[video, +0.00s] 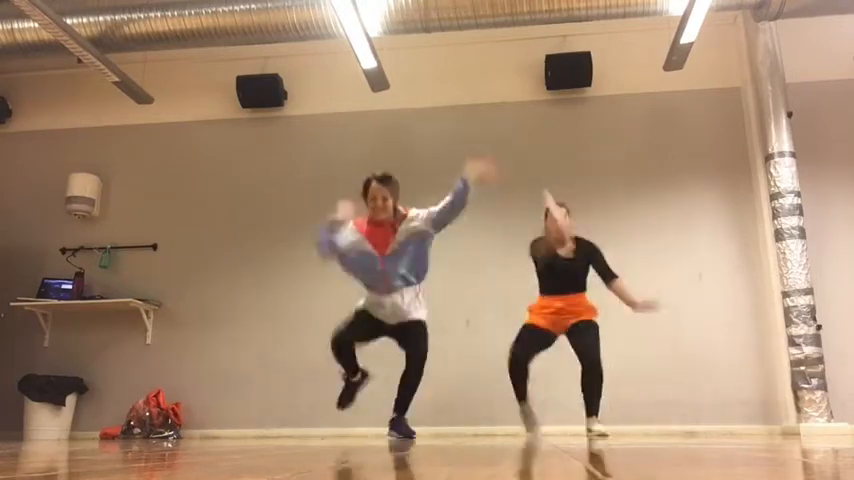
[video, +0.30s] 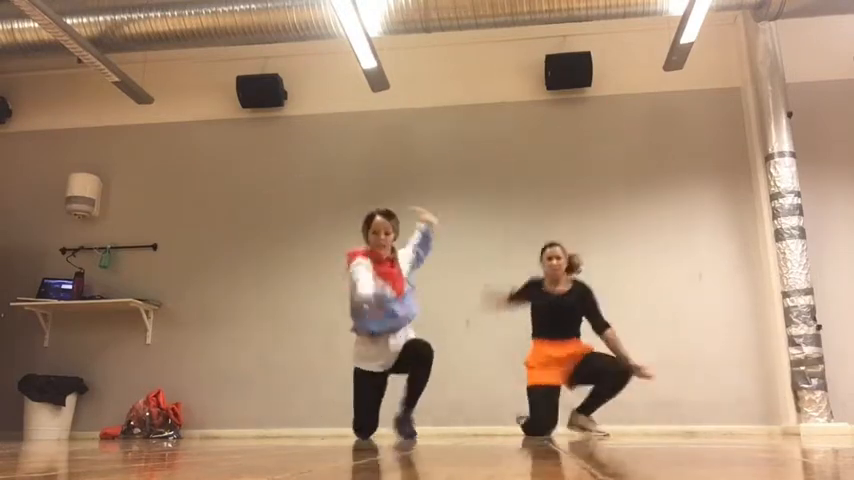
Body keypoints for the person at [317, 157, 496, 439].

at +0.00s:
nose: (378, 204)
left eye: (384, 198)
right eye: (373, 199)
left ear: (395, 200)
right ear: (366, 202)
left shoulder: (416, 224)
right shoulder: (354, 232)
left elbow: (447, 211)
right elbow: (327, 250)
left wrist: (466, 182)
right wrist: (333, 224)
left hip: (408, 309)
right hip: (374, 309)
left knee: (417, 356)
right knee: (340, 341)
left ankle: (399, 418)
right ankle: (354, 376)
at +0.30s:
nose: (381, 239)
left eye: (387, 233)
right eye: (375, 233)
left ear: (395, 237)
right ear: (367, 236)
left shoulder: (401, 262)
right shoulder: (361, 264)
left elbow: (417, 249)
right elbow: (364, 293)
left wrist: (426, 228)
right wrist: (386, 296)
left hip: (398, 349)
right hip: (370, 354)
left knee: (423, 352)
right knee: (364, 429)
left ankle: (405, 416)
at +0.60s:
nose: (365, 238)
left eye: (370, 232)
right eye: (359, 233)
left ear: (379, 236)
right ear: (350, 237)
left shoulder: (390, 266)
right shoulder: (342, 261)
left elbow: (410, 296)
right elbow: (308, 255)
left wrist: (441, 290)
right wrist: (315, 234)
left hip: (390, 346)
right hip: (359, 349)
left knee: (407, 419)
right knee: (363, 429)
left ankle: (393, 422)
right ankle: (326, 415)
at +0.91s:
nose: (364, 243)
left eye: (370, 237)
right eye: (358, 238)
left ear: (381, 240)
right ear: (352, 243)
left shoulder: (396, 268)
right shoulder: (347, 281)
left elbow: (410, 245)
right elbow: (332, 318)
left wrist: (395, 221)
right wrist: (305, 345)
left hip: (390, 352)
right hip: (357, 349)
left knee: (393, 428)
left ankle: (375, 423)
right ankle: (308, 417)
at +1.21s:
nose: (333, 235)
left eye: (339, 229)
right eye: (328, 230)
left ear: (350, 232)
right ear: (322, 235)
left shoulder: (372, 254)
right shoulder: (319, 262)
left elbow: (400, 249)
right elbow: (295, 246)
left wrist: (384, 220)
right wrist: (306, 216)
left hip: (383, 344)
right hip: (355, 344)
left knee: (387, 422)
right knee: (320, 361)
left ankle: (430, 430)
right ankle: (341, 422)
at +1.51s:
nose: (315, 199)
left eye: (322, 193)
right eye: (310, 195)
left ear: (336, 198)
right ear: (307, 202)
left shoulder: (353, 228)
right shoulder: (311, 238)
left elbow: (376, 258)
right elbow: (308, 278)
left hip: (384, 305)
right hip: (355, 312)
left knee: (359, 353)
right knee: (320, 357)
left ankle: (411, 391)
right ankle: (340, 420)